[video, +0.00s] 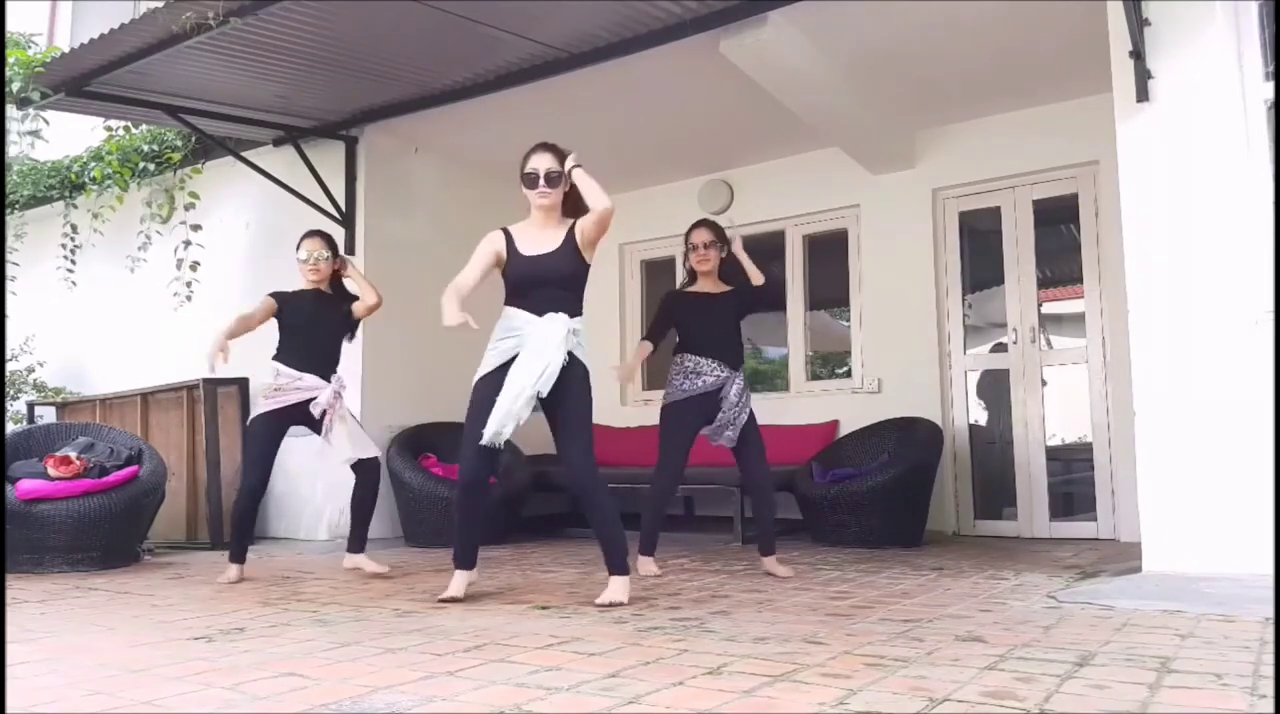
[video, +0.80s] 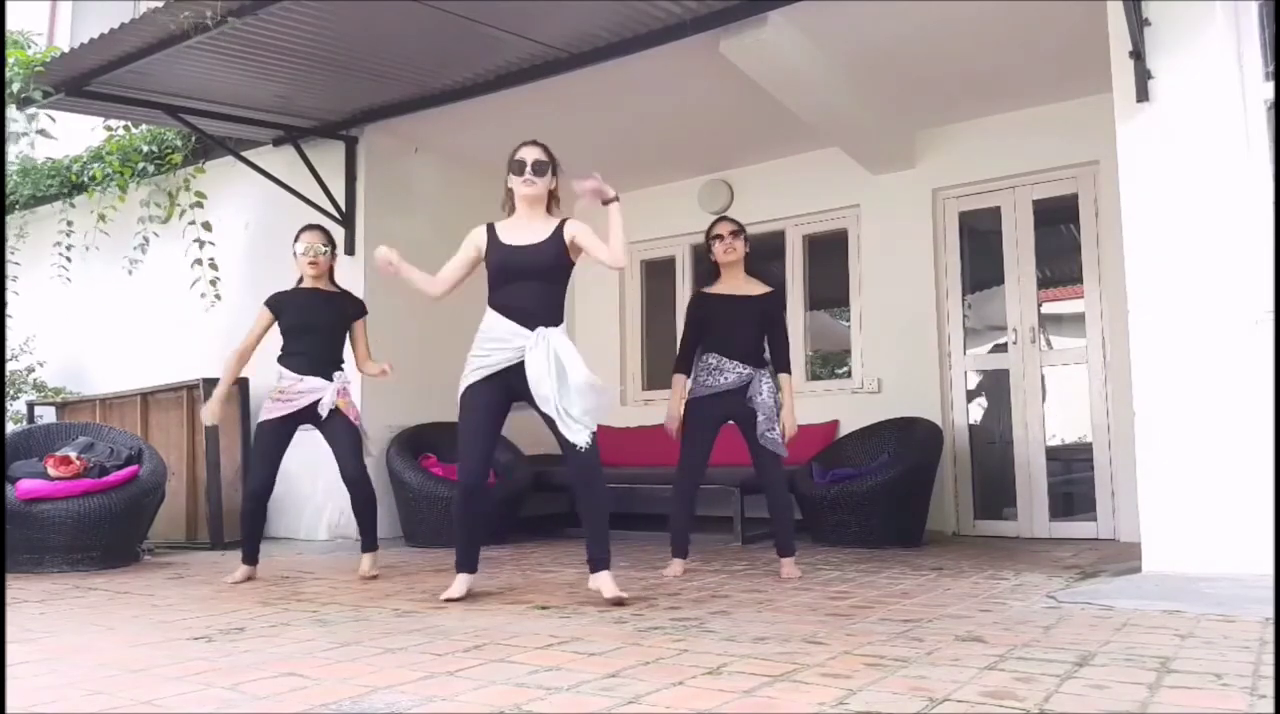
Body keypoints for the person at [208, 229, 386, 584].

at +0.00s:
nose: (311, 264)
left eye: (319, 257)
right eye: (304, 258)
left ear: (334, 265)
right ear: (297, 263)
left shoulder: (345, 306)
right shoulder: (283, 300)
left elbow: (373, 301)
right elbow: (252, 319)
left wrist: (350, 270)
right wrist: (224, 336)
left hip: (324, 399)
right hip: (280, 396)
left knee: (370, 467)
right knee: (253, 481)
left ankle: (356, 553)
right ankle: (236, 564)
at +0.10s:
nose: (326, 270)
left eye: (334, 265)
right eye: (319, 263)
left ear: (345, 275)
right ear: (309, 269)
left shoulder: (347, 316)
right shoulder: (289, 306)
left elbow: (376, 313)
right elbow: (276, 338)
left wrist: (358, 280)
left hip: (334, 403)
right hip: (292, 401)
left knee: (363, 483)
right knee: (254, 486)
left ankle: (389, 558)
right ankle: (243, 564)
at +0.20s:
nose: (337, 272)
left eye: (345, 266)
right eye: (330, 266)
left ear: (357, 275)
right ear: (321, 271)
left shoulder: (360, 317)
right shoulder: (301, 303)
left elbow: (384, 308)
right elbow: (298, 320)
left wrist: (372, 279)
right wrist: (312, 324)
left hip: (347, 407)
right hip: (306, 407)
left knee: (366, 488)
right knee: (258, 491)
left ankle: (395, 560)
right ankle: (244, 562)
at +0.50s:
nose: (344, 270)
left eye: (352, 264)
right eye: (337, 265)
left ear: (363, 272)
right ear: (328, 270)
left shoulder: (370, 313)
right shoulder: (311, 306)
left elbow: (393, 307)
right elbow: (297, 326)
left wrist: (381, 278)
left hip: (351, 407)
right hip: (312, 406)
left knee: (362, 489)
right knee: (249, 473)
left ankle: (396, 559)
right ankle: (281, 559)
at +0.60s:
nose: (331, 273)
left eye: (339, 266)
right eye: (323, 267)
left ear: (351, 273)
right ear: (314, 275)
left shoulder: (367, 311)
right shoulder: (306, 318)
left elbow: (393, 332)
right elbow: (270, 356)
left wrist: (381, 296)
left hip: (343, 410)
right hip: (302, 406)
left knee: (354, 494)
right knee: (254, 482)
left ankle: (394, 559)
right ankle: (256, 559)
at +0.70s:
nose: (317, 267)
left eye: (325, 261)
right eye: (310, 261)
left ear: (338, 268)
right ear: (301, 269)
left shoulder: (357, 311)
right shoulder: (291, 315)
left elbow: (381, 361)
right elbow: (246, 358)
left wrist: (380, 316)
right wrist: (198, 379)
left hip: (333, 405)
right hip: (289, 401)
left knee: (352, 486)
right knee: (255, 487)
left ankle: (391, 555)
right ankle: (249, 564)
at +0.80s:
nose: (312, 255)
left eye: (320, 249)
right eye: (305, 250)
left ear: (333, 256)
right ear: (295, 257)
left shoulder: (350, 304)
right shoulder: (281, 301)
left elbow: (364, 361)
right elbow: (244, 351)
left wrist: (376, 368)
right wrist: (217, 398)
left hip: (332, 397)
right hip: (286, 396)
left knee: (354, 473)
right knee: (258, 483)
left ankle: (369, 550)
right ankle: (248, 563)